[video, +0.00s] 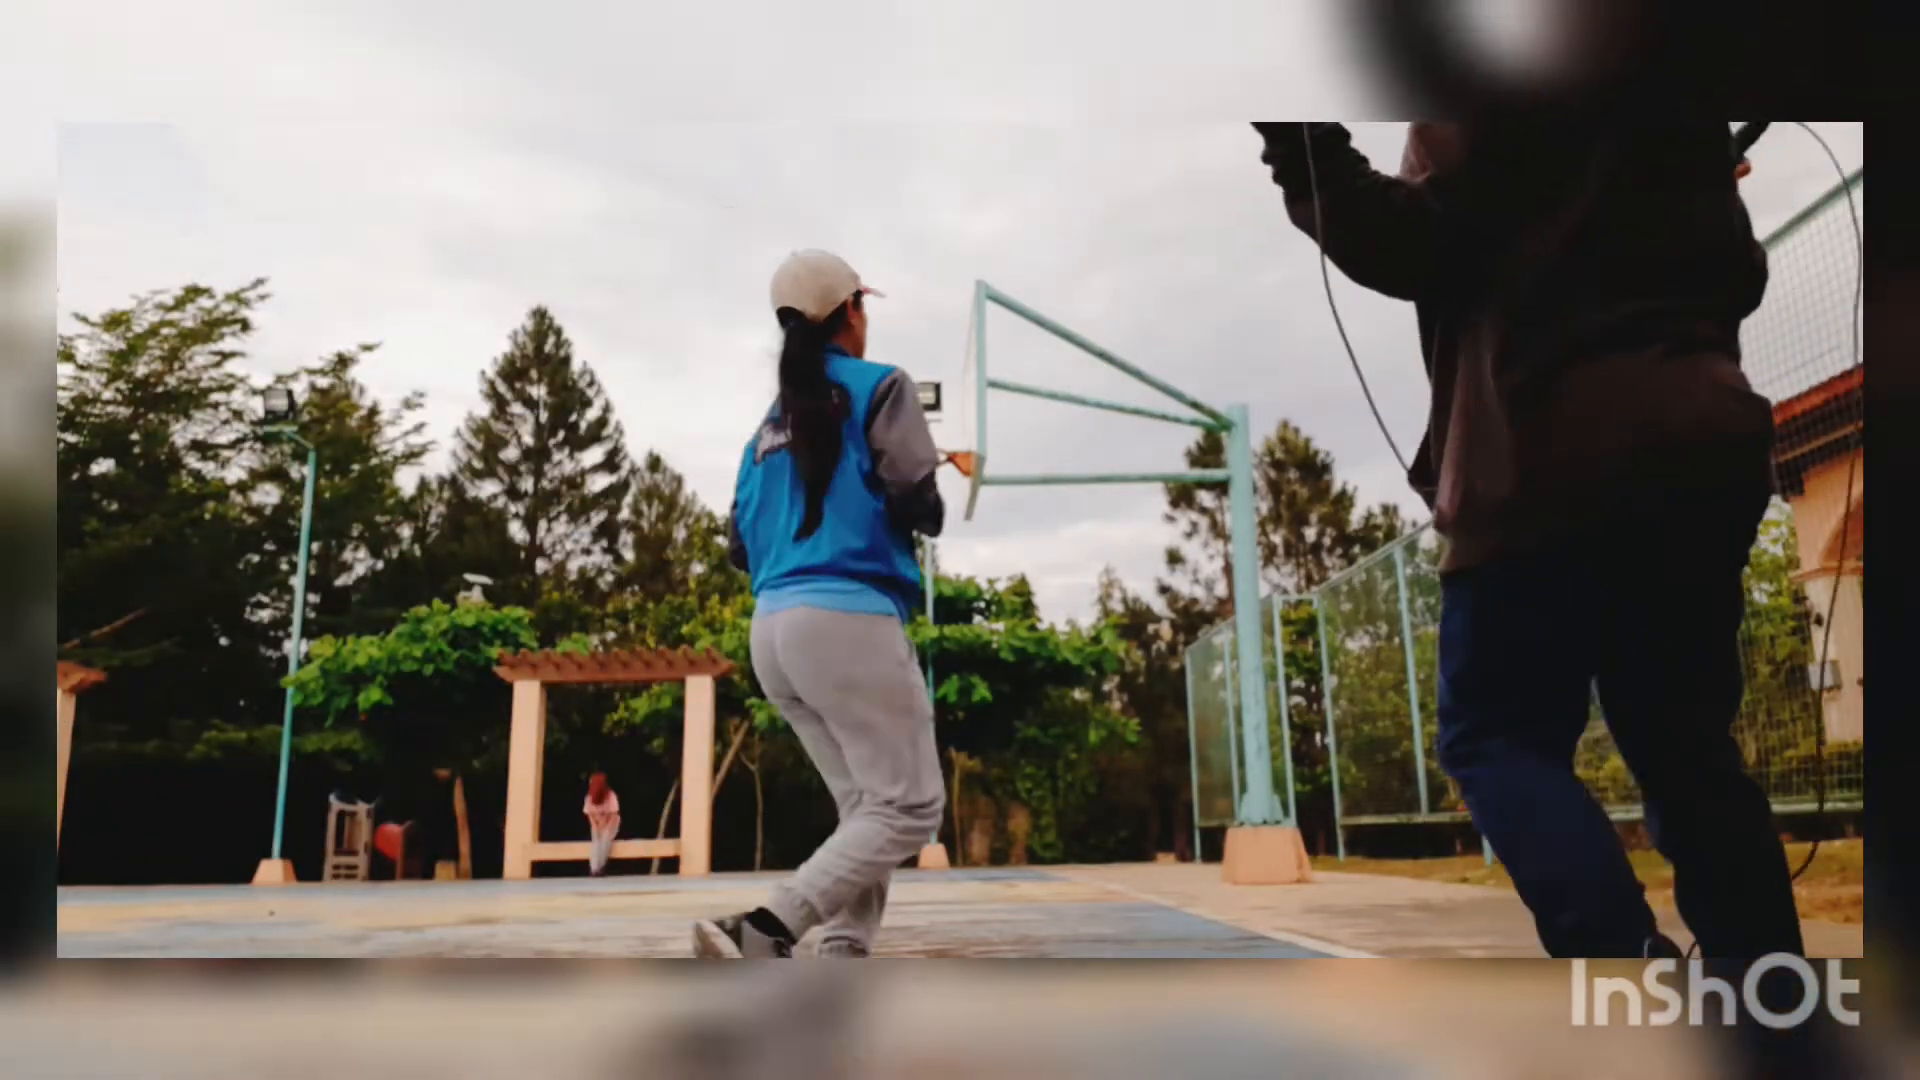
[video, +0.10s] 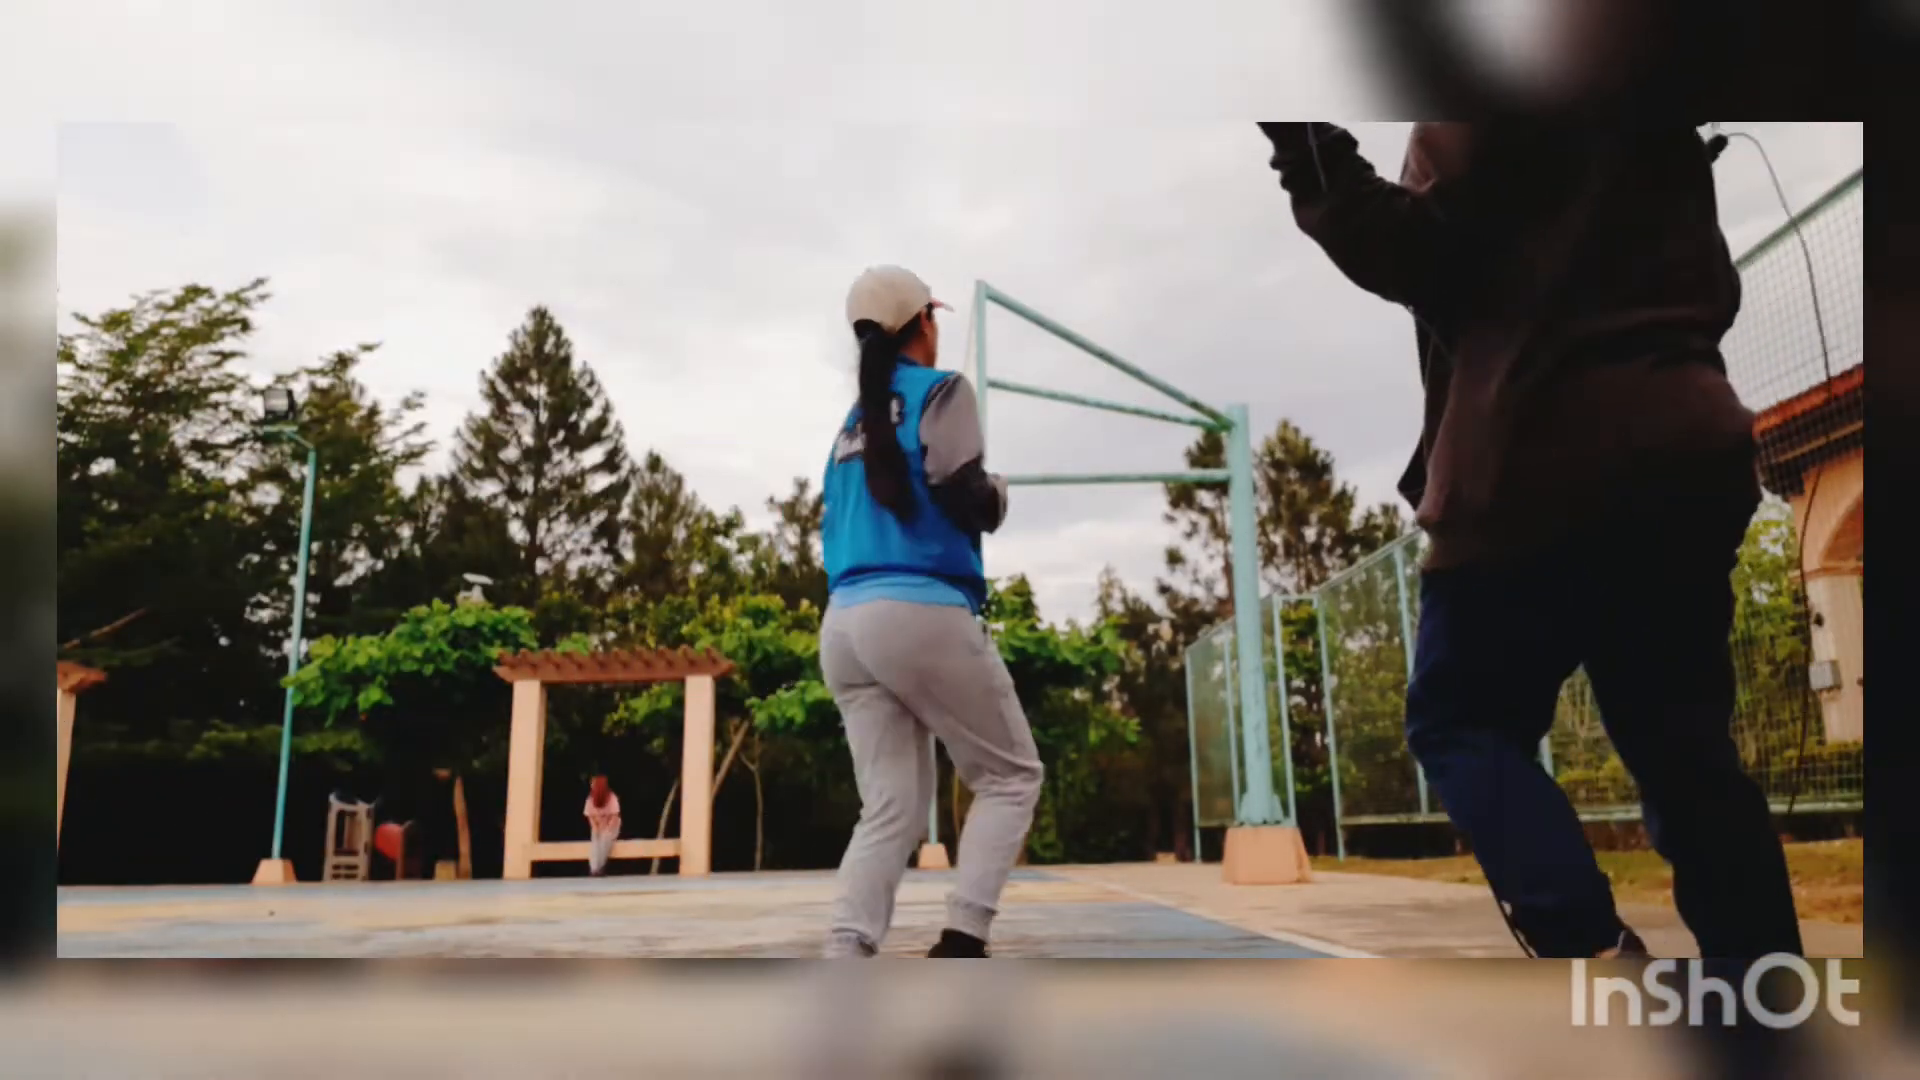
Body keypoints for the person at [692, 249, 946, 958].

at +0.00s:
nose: (866, 318)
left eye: (862, 305)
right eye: (861, 307)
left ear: (793, 324)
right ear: (849, 315)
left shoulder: (767, 424)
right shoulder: (880, 385)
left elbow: (740, 539)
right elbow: (919, 503)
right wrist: (930, 493)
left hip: (771, 628)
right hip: (846, 620)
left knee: (860, 806)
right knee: (908, 805)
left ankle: (840, 964)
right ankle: (769, 926)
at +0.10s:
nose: (939, 327)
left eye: (935, 317)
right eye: (935, 318)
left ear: (867, 337)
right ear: (921, 326)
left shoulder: (850, 423)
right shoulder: (941, 389)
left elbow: (836, 528)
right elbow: (962, 489)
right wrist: (993, 502)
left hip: (844, 617)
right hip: (919, 608)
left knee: (890, 808)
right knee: (1009, 775)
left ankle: (845, 956)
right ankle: (964, 938)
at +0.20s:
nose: (1006, 334)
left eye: (1001, 323)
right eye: (1001, 324)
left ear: (940, 339)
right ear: (988, 331)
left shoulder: (927, 409)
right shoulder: (999, 391)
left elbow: (950, 501)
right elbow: (1025, 488)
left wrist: (1034, 468)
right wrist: (1060, 491)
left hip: (918, 602)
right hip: (996, 594)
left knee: (922, 773)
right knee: (1063, 765)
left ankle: (866, 932)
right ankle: (1107, 939)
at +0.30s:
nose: (1094, 375)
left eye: (1089, 365)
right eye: (1091, 366)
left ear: (1027, 378)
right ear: (1083, 373)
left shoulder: (1004, 450)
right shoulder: (1102, 432)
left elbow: (1020, 533)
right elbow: (1130, 503)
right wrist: (1162, 530)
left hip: (1017, 639)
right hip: (1096, 630)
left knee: (1065, 808)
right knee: (1154, 799)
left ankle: (980, 898)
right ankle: (1163, 947)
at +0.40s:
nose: (1163, 410)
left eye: (1154, 402)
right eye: (1162, 403)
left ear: (1095, 412)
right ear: (1156, 408)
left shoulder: (1065, 495)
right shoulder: (1187, 467)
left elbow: (1035, 575)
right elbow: (1237, 558)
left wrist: (1096, 584)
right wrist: (1189, 547)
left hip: (1094, 659)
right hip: (1169, 643)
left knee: (1165, 789)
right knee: (1193, 804)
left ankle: (1146, 905)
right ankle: (1170, 939)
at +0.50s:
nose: (1189, 412)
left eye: (1139, 406)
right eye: (1190, 404)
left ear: (1128, 413)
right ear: (1190, 410)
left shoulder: (1101, 487)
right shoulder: (1233, 469)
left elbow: (1067, 549)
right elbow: (1265, 555)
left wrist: (1121, 597)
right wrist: (1213, 556)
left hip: (1134, 645)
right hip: (1209, 632)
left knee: (1213, 772)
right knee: (1205, 774)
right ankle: (1183, 923)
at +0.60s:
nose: (1215, 448)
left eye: (1189, 443)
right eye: (1225, 436)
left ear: (1173, 446)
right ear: (1230, 438)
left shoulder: (1151, 518)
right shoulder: (1255, 493)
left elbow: (1126, 583)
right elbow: (1286, 554)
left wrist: (1170, 625)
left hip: (1191, 663)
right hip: (1255, 646)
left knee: (1247, 801)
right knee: (1275, 787)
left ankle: (1300, 931)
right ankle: (1243, 890)